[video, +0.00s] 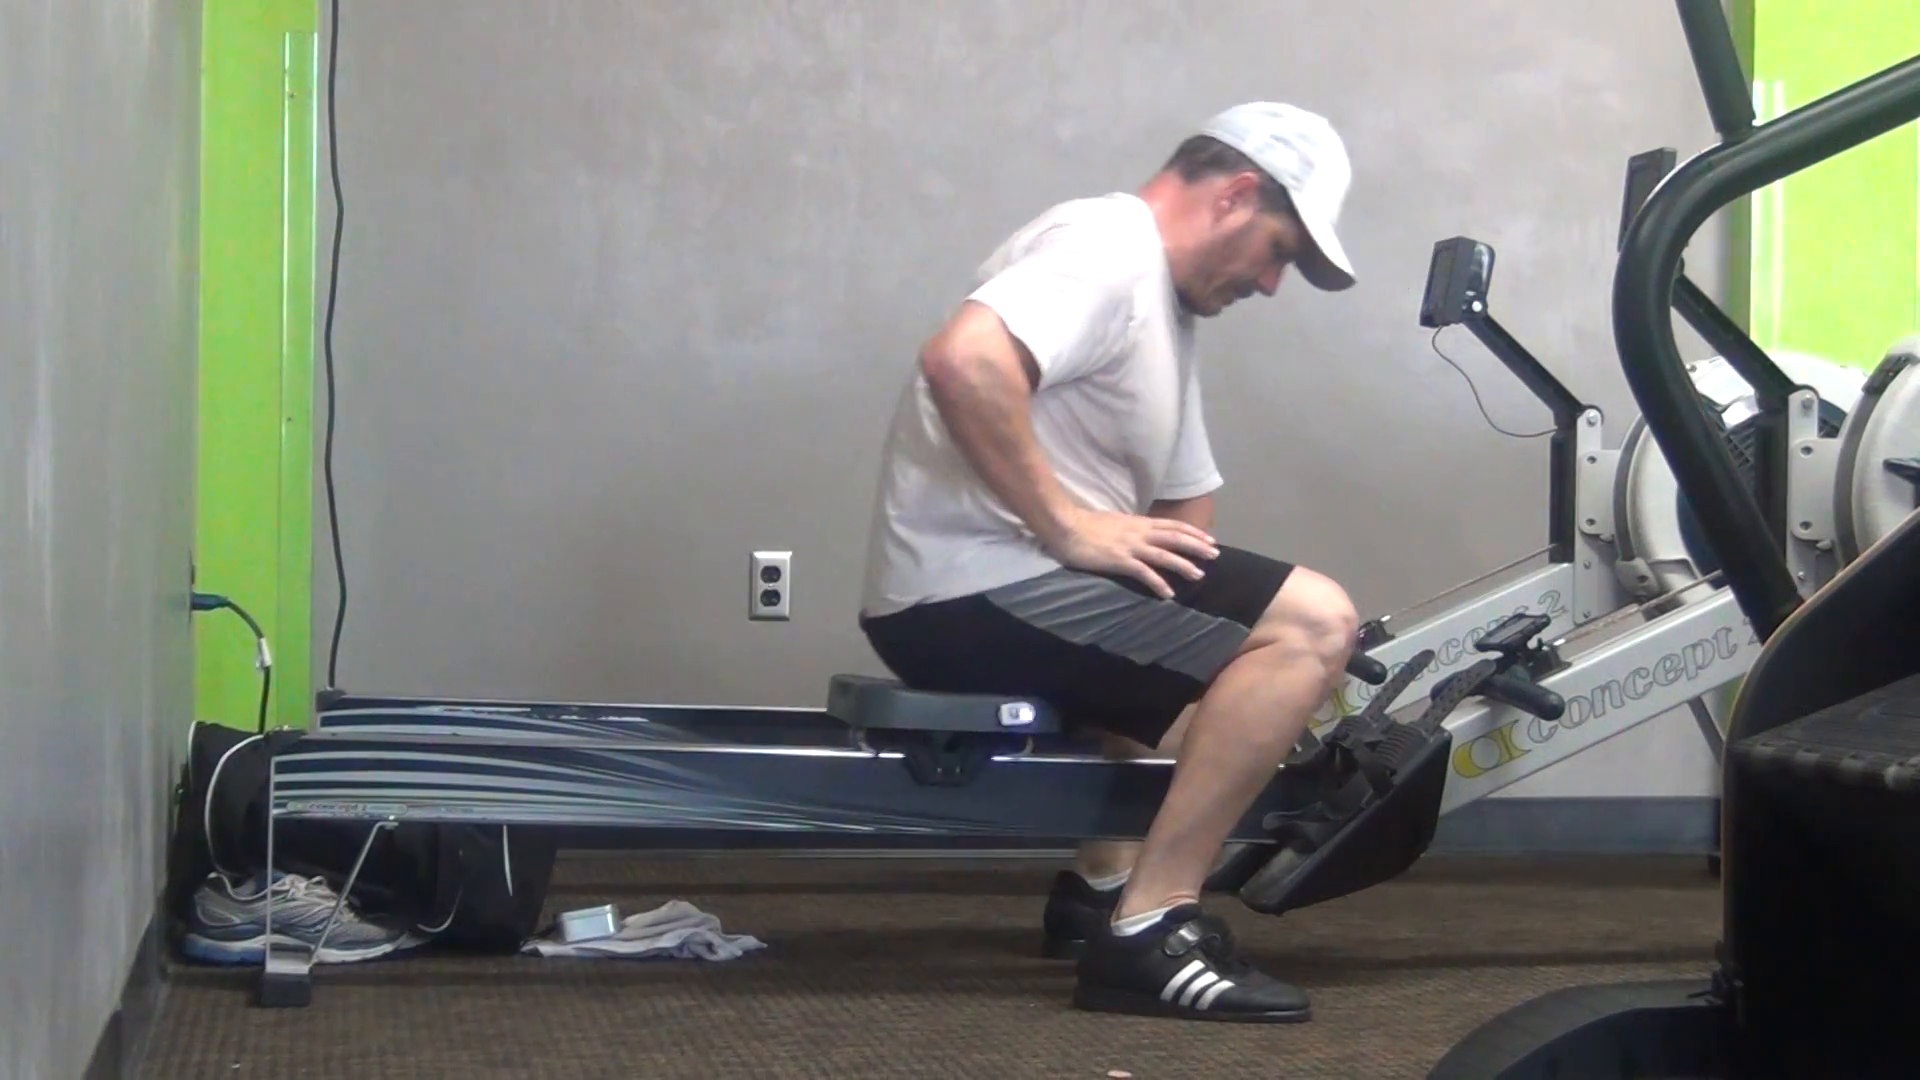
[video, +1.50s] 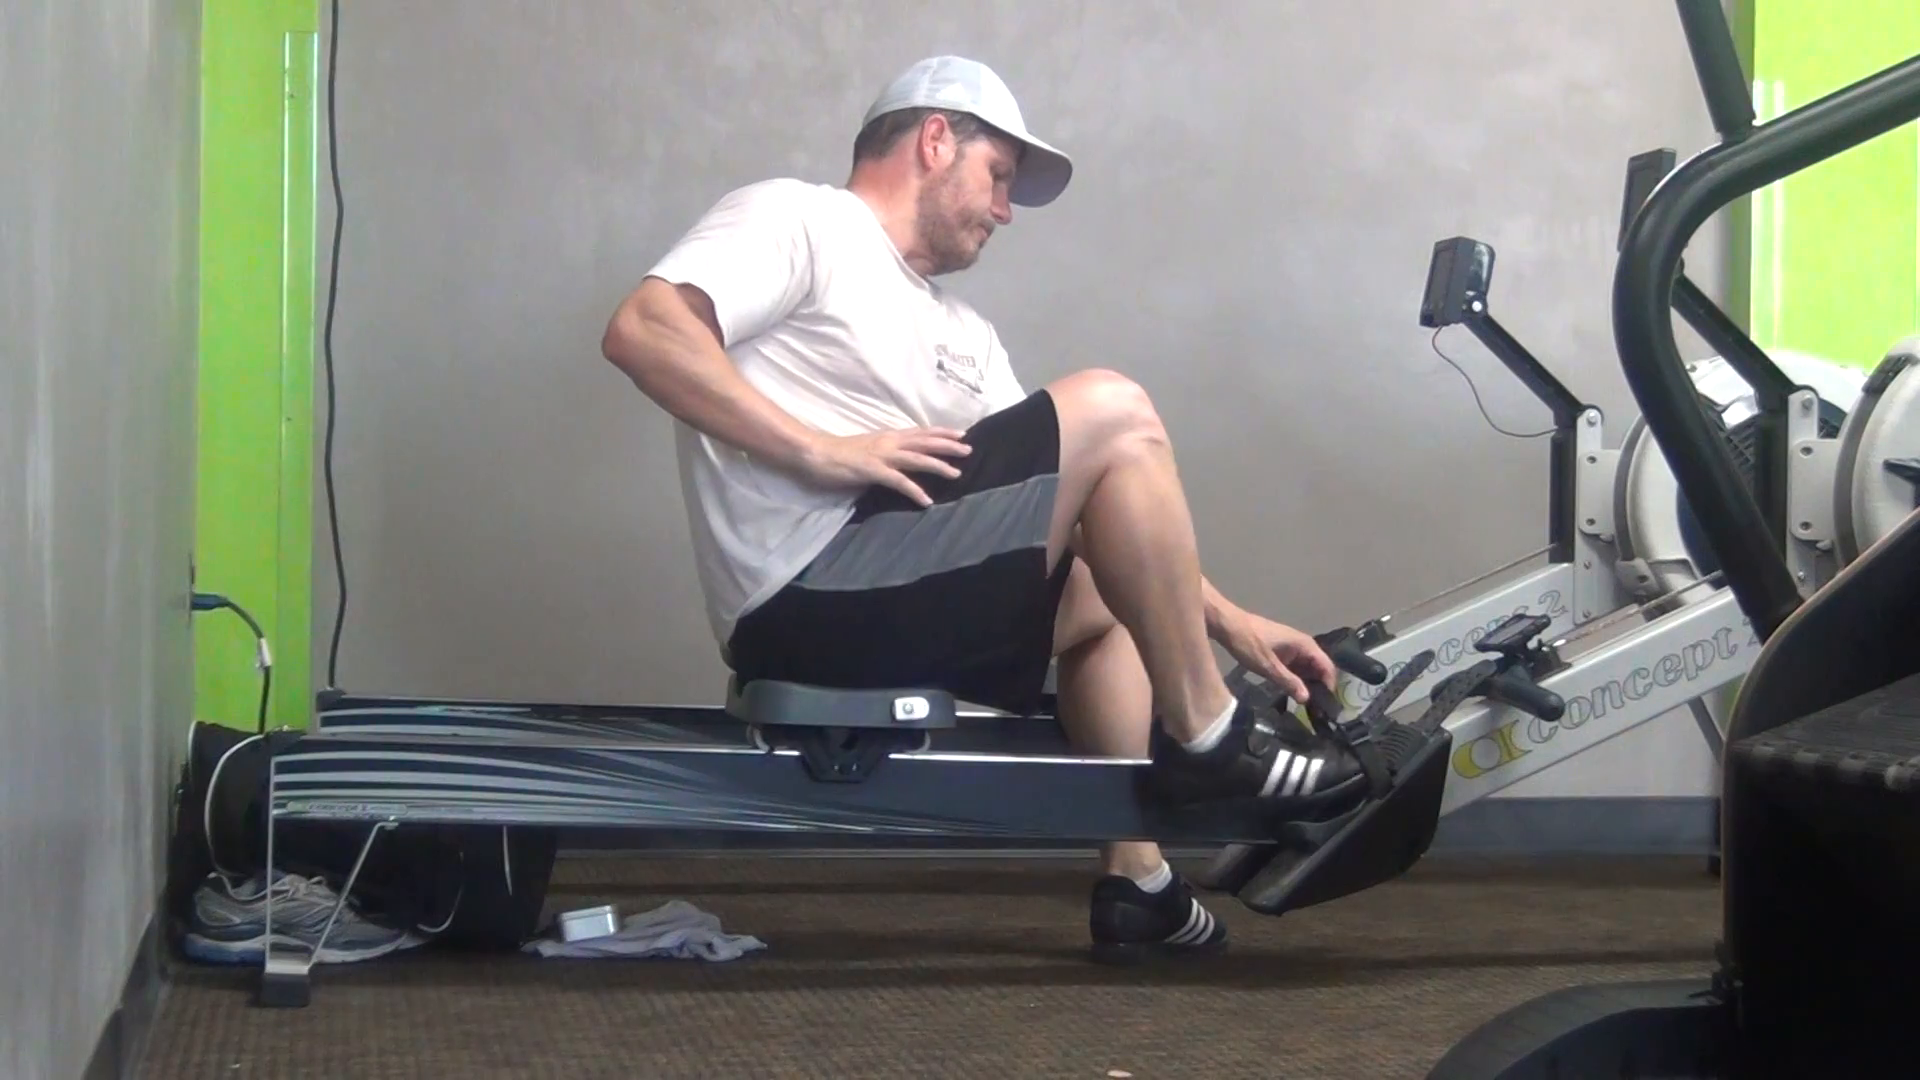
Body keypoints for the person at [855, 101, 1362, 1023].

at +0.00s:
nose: (1274, 283)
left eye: (1289, 265)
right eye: (1283, 253)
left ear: (1233, 198)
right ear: (1235, 197)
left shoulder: (1160, 301)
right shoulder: (1110, 242)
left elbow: (1190, 507)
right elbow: (966, 358)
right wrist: (1067, 522)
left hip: (1021, 585)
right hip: (965, 591)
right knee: (1313, 624)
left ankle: (1102, 880)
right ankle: (1148, 930)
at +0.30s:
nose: (1173, 246)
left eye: (1185, 222)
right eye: (1175, 212)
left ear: (1114, 177)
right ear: (1116, 171)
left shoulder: (1066, 314)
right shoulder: (989, 239)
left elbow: (1132, 501)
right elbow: (855, 376)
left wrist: (1267, 652)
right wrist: (974, 529)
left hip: (954, 596)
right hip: (884, 597)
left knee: (1205, 692)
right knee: (1244, 584)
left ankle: (1109, 892)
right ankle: (1139, 925)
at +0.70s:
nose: (1133, 234)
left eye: (1141, 211)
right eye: (1130, 199)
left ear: (1067, 172)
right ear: (1067, 166)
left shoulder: (1041, 343)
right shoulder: (922, 234)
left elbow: (1126, 520)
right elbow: (777, 359)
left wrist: (1263, 674)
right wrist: (901, 525)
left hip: (914, 603)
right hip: (817, 596)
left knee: (1164, 628)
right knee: (1181, 567)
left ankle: (1136, 929)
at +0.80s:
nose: (1114, 225)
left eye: (1122, 203)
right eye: (1110, 190)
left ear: (1051, 166)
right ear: (1046, 156)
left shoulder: (1025, 339)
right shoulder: (908, 232)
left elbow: (1110, 515)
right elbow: (768, 363)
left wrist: (1254, 661)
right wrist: (899, 524)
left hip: (910, 602)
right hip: (814, 598)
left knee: (1163, 625)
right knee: (1180, 560)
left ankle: (1136, 927)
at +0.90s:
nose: (1087, 217)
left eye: (1095, 195)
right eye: (1083, 183)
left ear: (1020, 155)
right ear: (1020, 147)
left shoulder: (1008, 334)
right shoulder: (887, 225)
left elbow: (1104, 505)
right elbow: (753, 361)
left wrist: (1245, 650)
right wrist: (892, 521)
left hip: (906, 598)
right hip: (814, 596)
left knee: (1161, 621)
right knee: (1177, 559)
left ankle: (1137, 924)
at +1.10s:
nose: (1036, 208)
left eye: (1044, 187)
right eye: (1031, 173)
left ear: (972, 143)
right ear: (969, 138)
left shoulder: (980, 327)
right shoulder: (832, 214)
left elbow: (1093, 497)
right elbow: (692, 337)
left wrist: (1238, 622)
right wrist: (854, 469)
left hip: (905, 588)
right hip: (809, 585)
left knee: (1104, 589)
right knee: (1134, 467)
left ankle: (1144, 878)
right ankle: (1165, 821)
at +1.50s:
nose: (1008, 208)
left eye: (1019, 187)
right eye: (1000, 174)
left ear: (945, 160)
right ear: (933, 142)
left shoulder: (969, 340)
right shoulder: (797, 217)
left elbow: (1078, 514)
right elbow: (646, 328)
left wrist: (1236, 626)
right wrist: (818, 450)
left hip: (908, 612)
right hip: (802, 589)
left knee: (1111, 587)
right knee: (1109, 407)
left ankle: (1138, 881)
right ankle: (1204, 738)